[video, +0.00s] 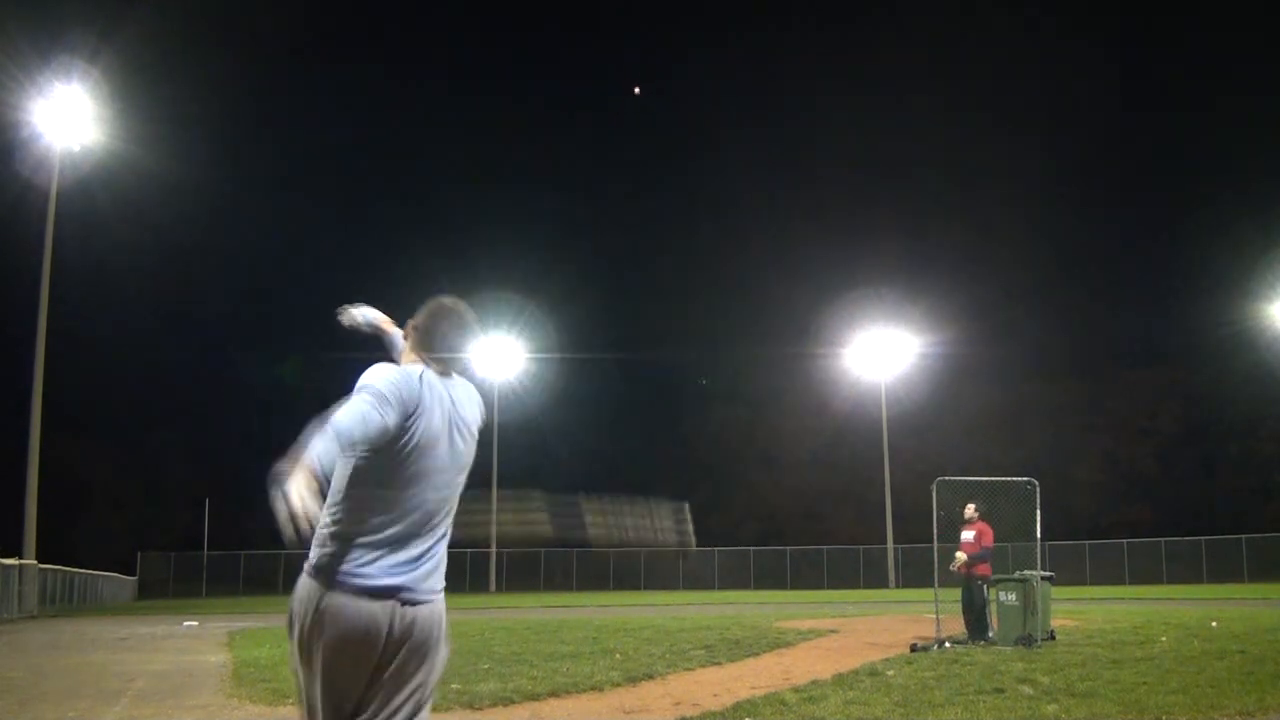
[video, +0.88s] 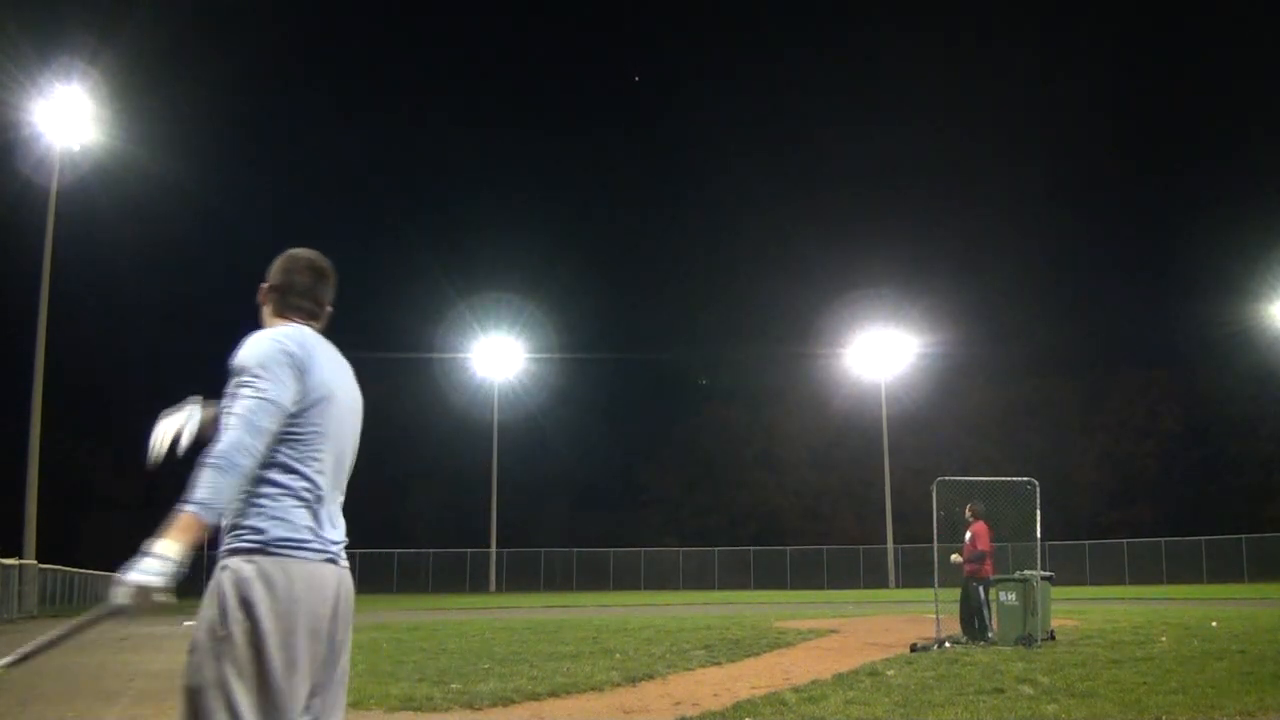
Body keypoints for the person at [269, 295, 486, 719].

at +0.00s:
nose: (406, 337)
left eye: (409, 333)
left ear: (412, 339)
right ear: (462, 353)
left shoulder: (390, 383)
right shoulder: (470, 402)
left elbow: (349, 425)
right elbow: (422, 364)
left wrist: (305, 469)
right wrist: (386, 328)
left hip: (338, 607)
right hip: (422, 616)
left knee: (324, 713)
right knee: (398, 713)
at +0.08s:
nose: (396, 326)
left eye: (398, 320)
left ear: (404, 325)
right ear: (457, 343)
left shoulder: (391, 377)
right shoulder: (464, 391)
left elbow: (356, 458)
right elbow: (406, 350)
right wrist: (363, 310)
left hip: (342, 594)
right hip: (423, 608)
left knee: (303, 713)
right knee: (390, 713)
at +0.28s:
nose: (367, 309)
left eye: (370, 301)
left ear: (375, 306)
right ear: (428, 324)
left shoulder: (391, 366)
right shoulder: (432, 370)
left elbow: (380, 477)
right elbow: (358, 325)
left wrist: (363, 585)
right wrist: (300, 272)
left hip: (335, 572)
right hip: (412, 582)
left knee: (229, 703)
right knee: (375, 712)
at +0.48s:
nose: (338, 312)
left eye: (341, 304)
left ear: (348, 306)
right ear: (401, 318)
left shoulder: (375, 364)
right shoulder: (400, 367)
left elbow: (369, 476)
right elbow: (308, 325)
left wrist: (340, 577)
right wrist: (236, 263)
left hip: (334, 564)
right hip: (387, 574)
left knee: (246, 708)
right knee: (365, 712)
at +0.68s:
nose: (306, 305)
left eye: (309, 300)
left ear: (312, 302)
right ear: (368, 320)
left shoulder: (329, 361)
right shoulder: (364, 368)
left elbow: (319, 469)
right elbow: (282, 355)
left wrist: (281, 572)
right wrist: (219, 321)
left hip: (300, 574)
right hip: (349, 579)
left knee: (279, 709)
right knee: (338, 710)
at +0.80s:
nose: (276, 300)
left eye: (277, 294)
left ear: (280, 298)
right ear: (341, 315)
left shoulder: (292, 351)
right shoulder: (345, 367)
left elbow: (263, 457)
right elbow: (272, 391)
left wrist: (211, 555)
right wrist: (214, 383)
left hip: (274, 576)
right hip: (333, 578)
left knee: (249, 708)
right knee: (322, 709)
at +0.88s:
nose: (261, 298)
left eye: (262, 292)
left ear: (265, 295)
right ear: (326, 312)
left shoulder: (274, 346)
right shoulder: (341, 371)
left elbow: (235, 451)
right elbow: (295, 429)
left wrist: (167, 551)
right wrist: (216, 419)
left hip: (263, 577)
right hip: (331, 583)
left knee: (229, 708)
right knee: (319, 711)